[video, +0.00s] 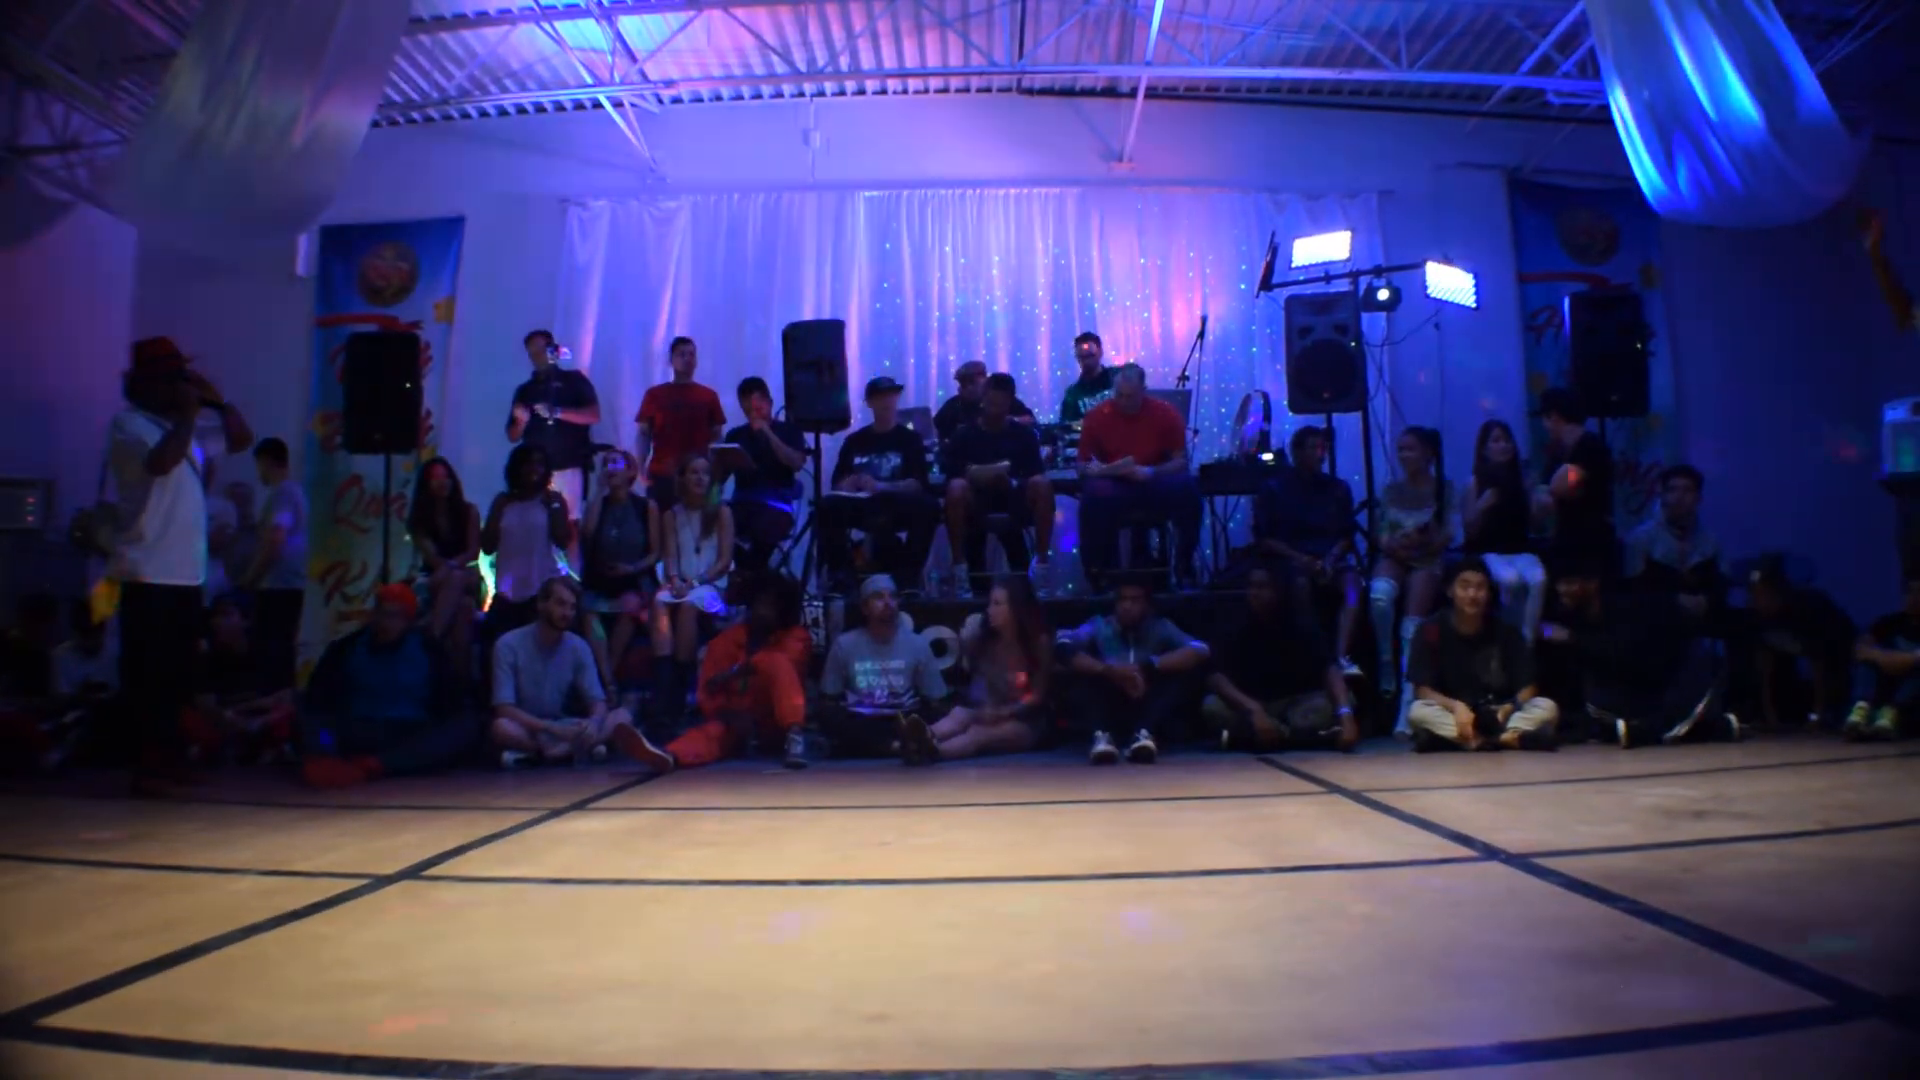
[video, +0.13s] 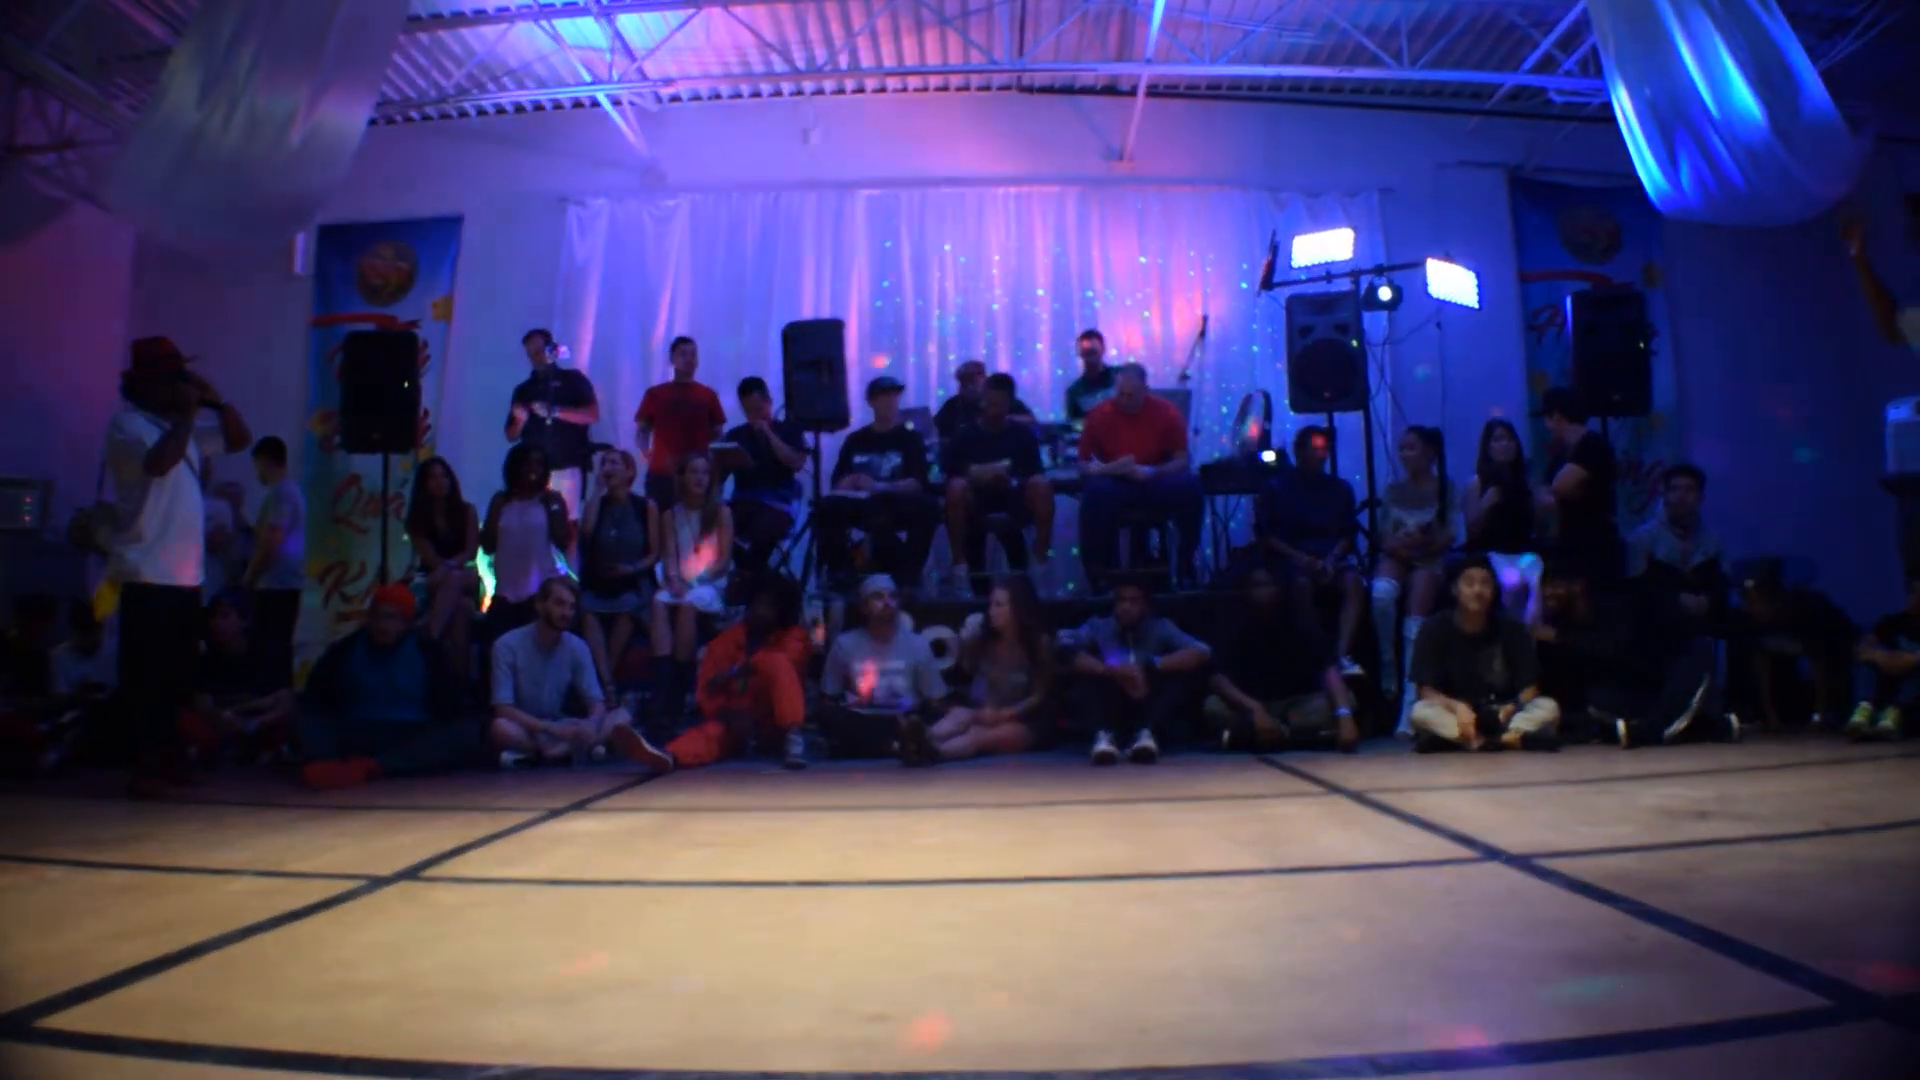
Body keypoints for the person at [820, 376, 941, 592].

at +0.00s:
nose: (887, 403)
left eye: (891, 397)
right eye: (881, 398)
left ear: (897, 400)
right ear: (870, 403)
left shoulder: (910, 439)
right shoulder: (854, 441)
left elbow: (918, 483)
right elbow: (837, 485)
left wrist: (878, 486)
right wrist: (852, 484)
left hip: (897, 502)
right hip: (861, 503)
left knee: (928, 508)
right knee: (827, 507)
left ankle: (908, 579)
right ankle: (841, 578)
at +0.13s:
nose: (890, 403)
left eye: (893, 397)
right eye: (884, 398)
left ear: (899, 401)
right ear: (872, 402)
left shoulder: (911, 438)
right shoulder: (855, 440)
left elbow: (918, 482)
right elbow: (837, 484)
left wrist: (877, 486)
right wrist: (851, 484)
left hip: (897, 501)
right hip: (860, 502)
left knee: (927, 508)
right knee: (828, 507)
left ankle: (908, 578)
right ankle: (840, 576)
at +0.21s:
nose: (891, 402)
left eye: (894, 397)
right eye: (885, 397)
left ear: (899, 400)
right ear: (873, 402)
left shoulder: (911, 438)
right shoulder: (855, 440)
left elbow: (919, 482)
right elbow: (837, 483)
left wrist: (878, 486)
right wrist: (853, 483)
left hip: (897, 502)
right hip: (860, 503)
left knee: (927, 509)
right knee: (827, 508)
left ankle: (908, 578)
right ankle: (840, 578)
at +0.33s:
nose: (893, 403)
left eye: (896, 398)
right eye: (887, 398)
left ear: (901, 401)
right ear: (874, 403)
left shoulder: (912, 439)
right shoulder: (856, 439)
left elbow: (919, 483)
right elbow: (837, 484)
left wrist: (876, 484)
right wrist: (852, 484)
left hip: (897, 502)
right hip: (860, 503)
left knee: (927, 508)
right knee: (825, 507)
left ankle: (908, 581)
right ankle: (840, 580)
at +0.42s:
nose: (894, 403)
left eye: (898, 397)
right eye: (888, 397)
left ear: (902, 401)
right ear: (874, 402)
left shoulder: (913, 439)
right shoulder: (856, 439)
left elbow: (919, 483)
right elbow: (839, 483)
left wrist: (876, 485)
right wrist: (852, 483)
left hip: (897, 501)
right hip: (861, 502)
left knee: (928, 507)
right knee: (825, 506)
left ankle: (908, 580)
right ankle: (840, 577)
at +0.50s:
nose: (895, 403)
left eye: (898, 397)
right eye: (889, 397)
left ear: (903, 401)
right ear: (875, 402)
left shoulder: (913, 439)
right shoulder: (857, 439)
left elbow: (919, 483)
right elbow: (840, 482)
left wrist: (875, 485)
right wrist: (851, 484)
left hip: (897, 501)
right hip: (861, 502)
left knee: (927, 508)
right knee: (825, 507)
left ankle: (908, 580)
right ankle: (840, 578)